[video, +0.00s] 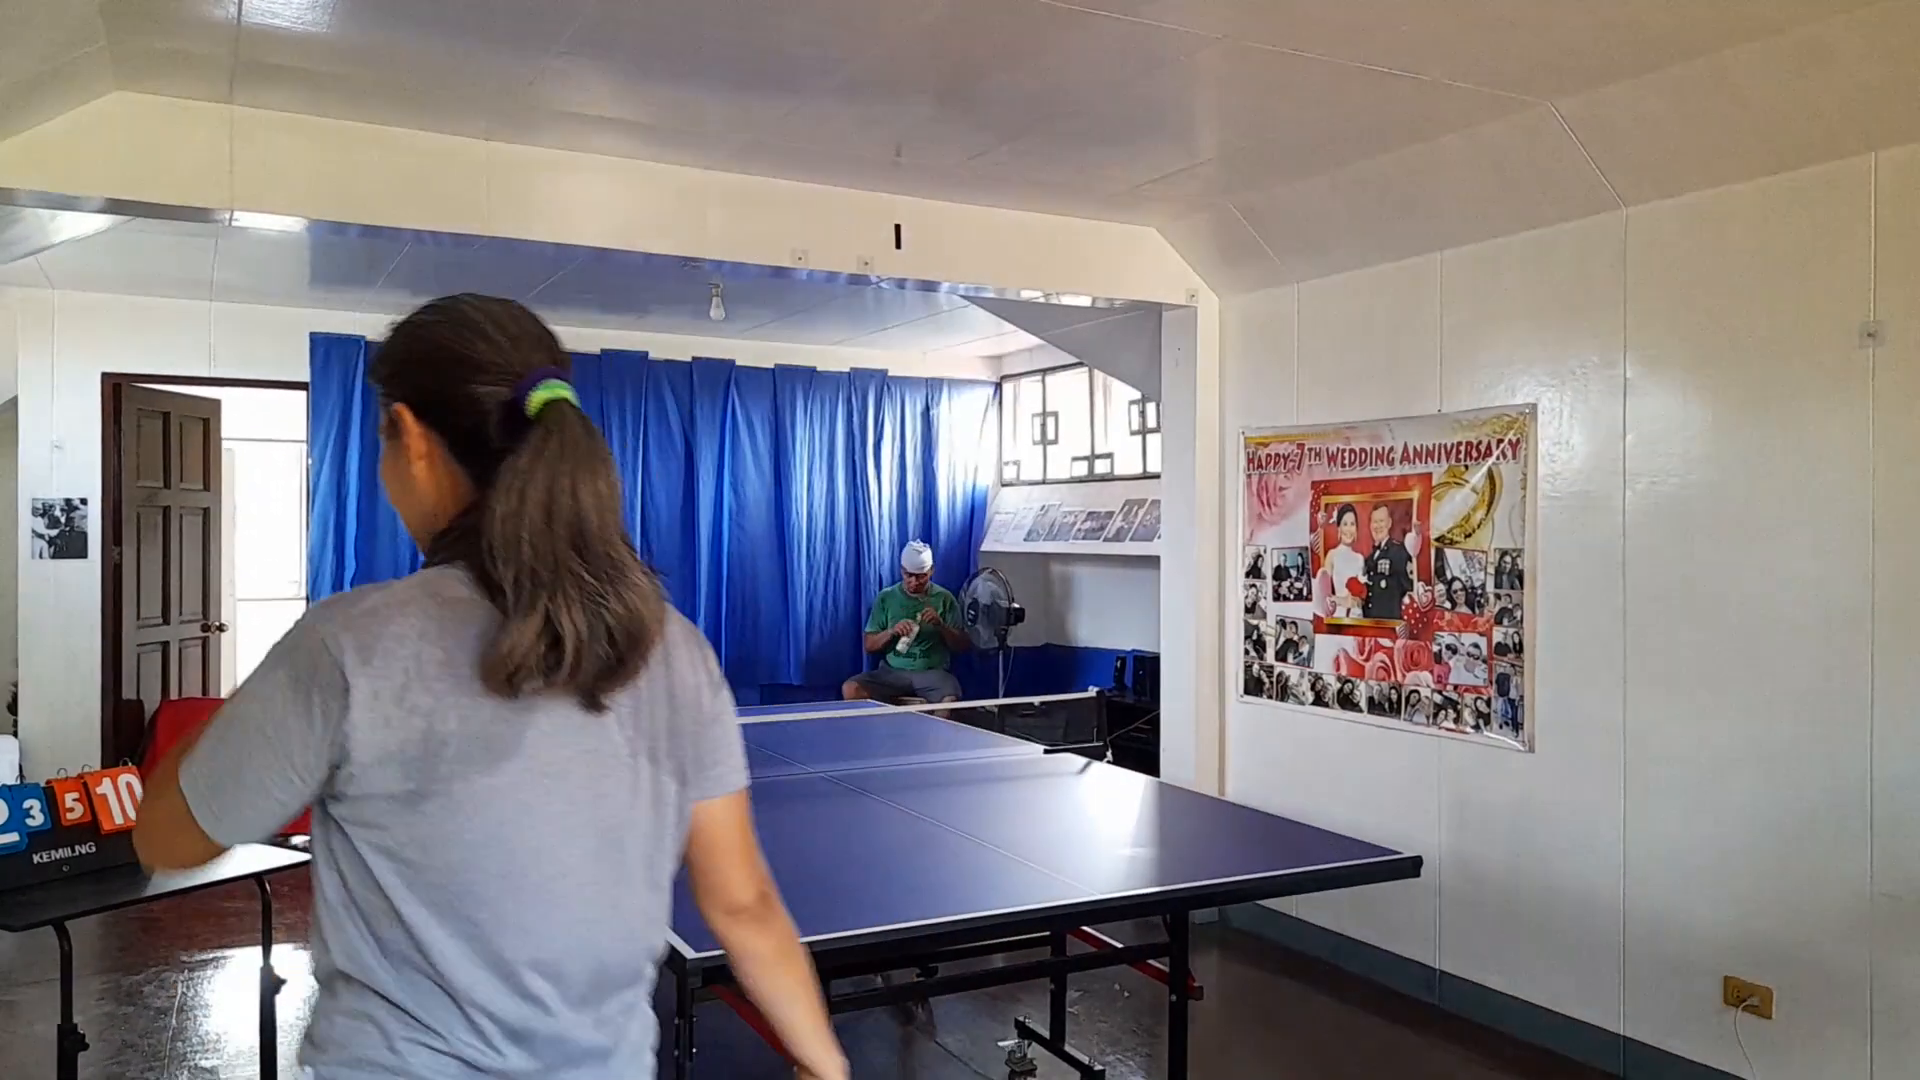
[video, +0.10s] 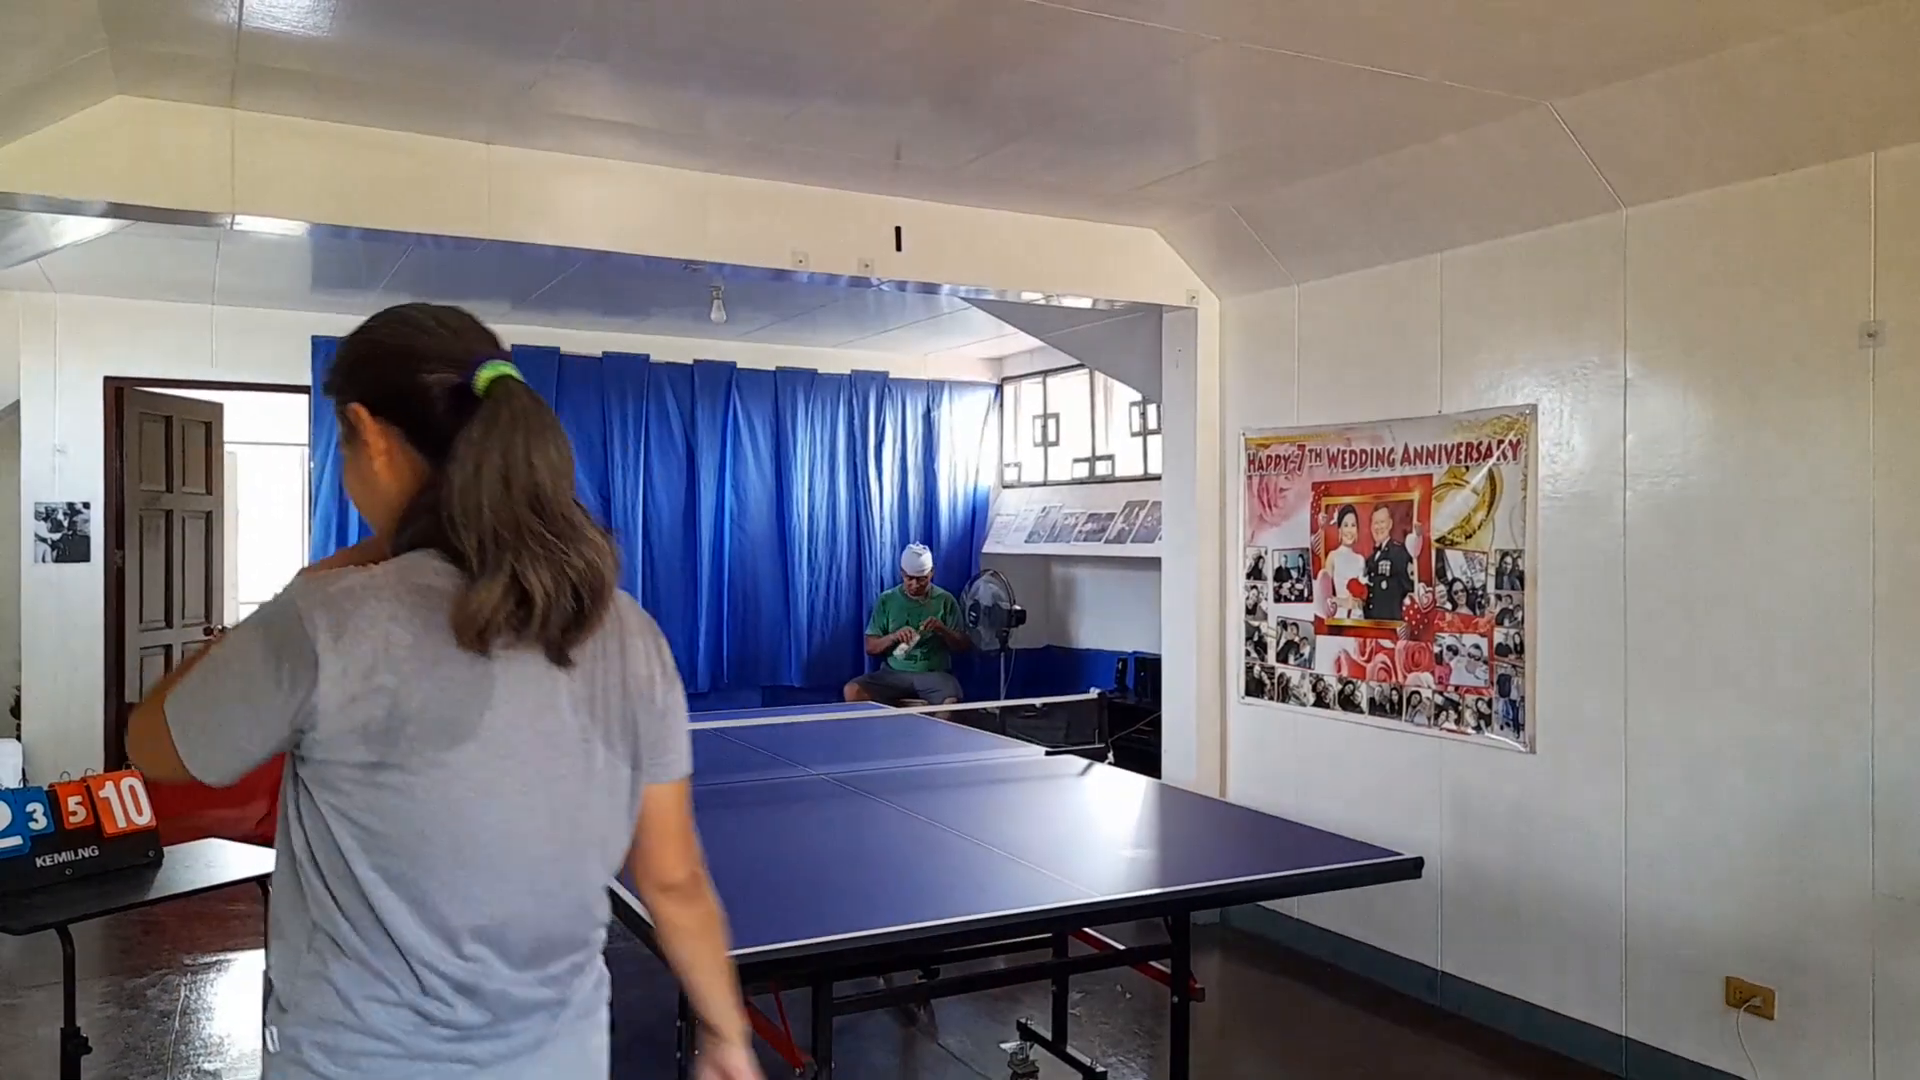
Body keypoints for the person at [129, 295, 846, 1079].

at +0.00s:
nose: (384, 473)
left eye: (384, 443)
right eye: (384, 445)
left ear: (411, 440)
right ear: (551, 430)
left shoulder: (353, 643)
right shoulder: (676, 652)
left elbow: (164, 843)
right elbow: (742, 903)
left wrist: (201, 734)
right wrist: (828, 1067)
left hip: (393, 1062)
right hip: (609, 1065)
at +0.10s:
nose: (347, 472)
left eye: (345, 442)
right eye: (345, 445)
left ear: (374, 439)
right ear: (496, 430)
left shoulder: (327, 625)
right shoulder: (629, 640)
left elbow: (152, 744)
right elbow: (673, 877)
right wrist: (726, 1033)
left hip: (354, 1060)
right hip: (559, 1059)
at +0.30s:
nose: (267, 489)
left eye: (261, 458)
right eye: (261, 463)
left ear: (287, 445)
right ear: (409, 432)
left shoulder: (273, 601)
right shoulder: (547, 609)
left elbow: (99, 666)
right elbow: (547, 811)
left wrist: (263, 559)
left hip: (288, 1048)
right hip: (484, 1036)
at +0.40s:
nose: (233, 509)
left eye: (226, 479)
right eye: (225, 483)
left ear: (250, 463)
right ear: (372, 446)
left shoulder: (241, 610)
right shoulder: (502, 611)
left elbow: (64, 672)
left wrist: (219, 563)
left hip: (245, 1051)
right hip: (446, 1037)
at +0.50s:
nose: (185, 512)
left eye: (180, 486)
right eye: (180, 489)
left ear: (198, 477)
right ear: (324, 461)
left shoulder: (187, 622)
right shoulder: (445, 618)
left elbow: (16, 685)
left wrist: (175, 563)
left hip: (193, 1051)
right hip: (394, 1037)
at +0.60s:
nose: (132, 500)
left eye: (126, 482)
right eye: (124, 482)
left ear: (147, 480)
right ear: (266, 464)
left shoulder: (123, 625)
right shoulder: (389, 619)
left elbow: (9, 667)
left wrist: (123, 555)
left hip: (122, 1053)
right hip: (334, 1038)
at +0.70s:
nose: (81, 500)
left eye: (77, 477)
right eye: (75, 479)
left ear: (101, 472)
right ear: (210, 460)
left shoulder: (65, 608)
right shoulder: (341, 610)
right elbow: (352, 814)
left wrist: (72, 576)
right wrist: (314, 924)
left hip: (71, 1028)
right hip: (272, 1025)